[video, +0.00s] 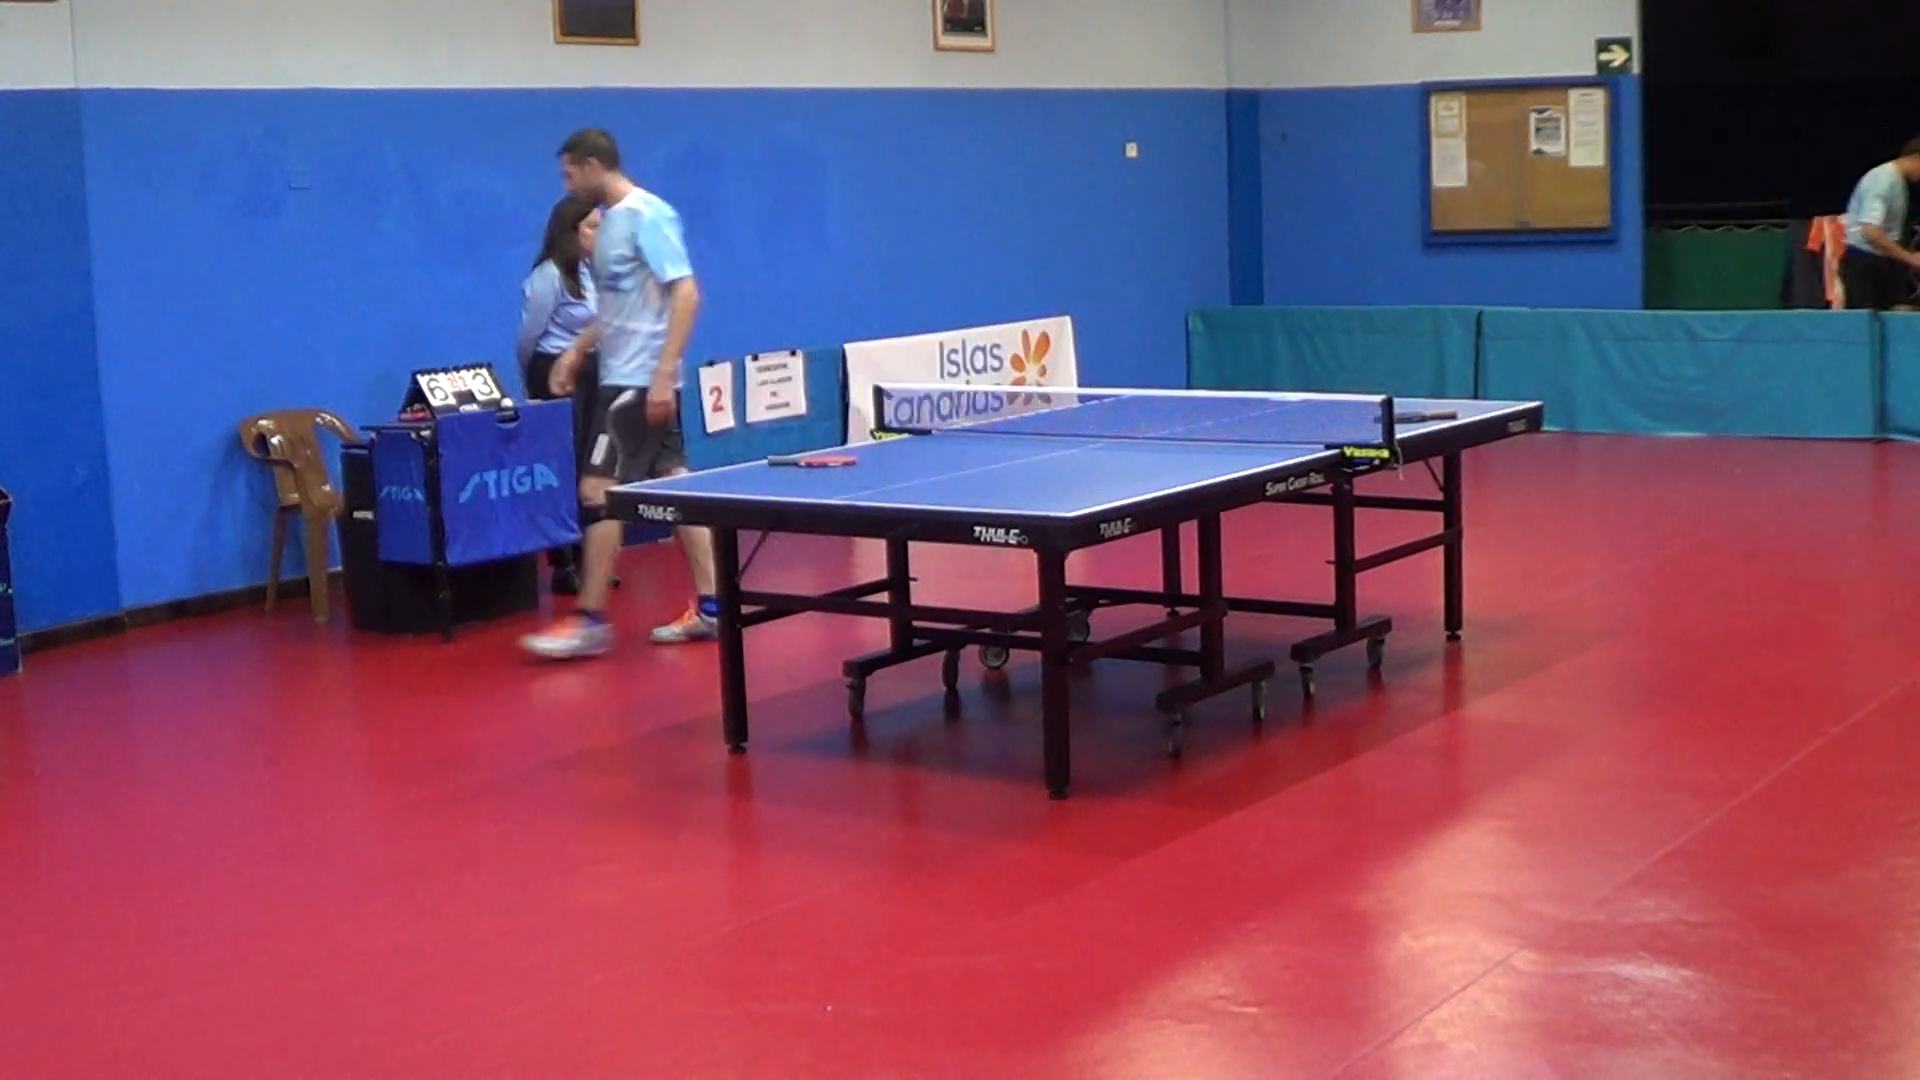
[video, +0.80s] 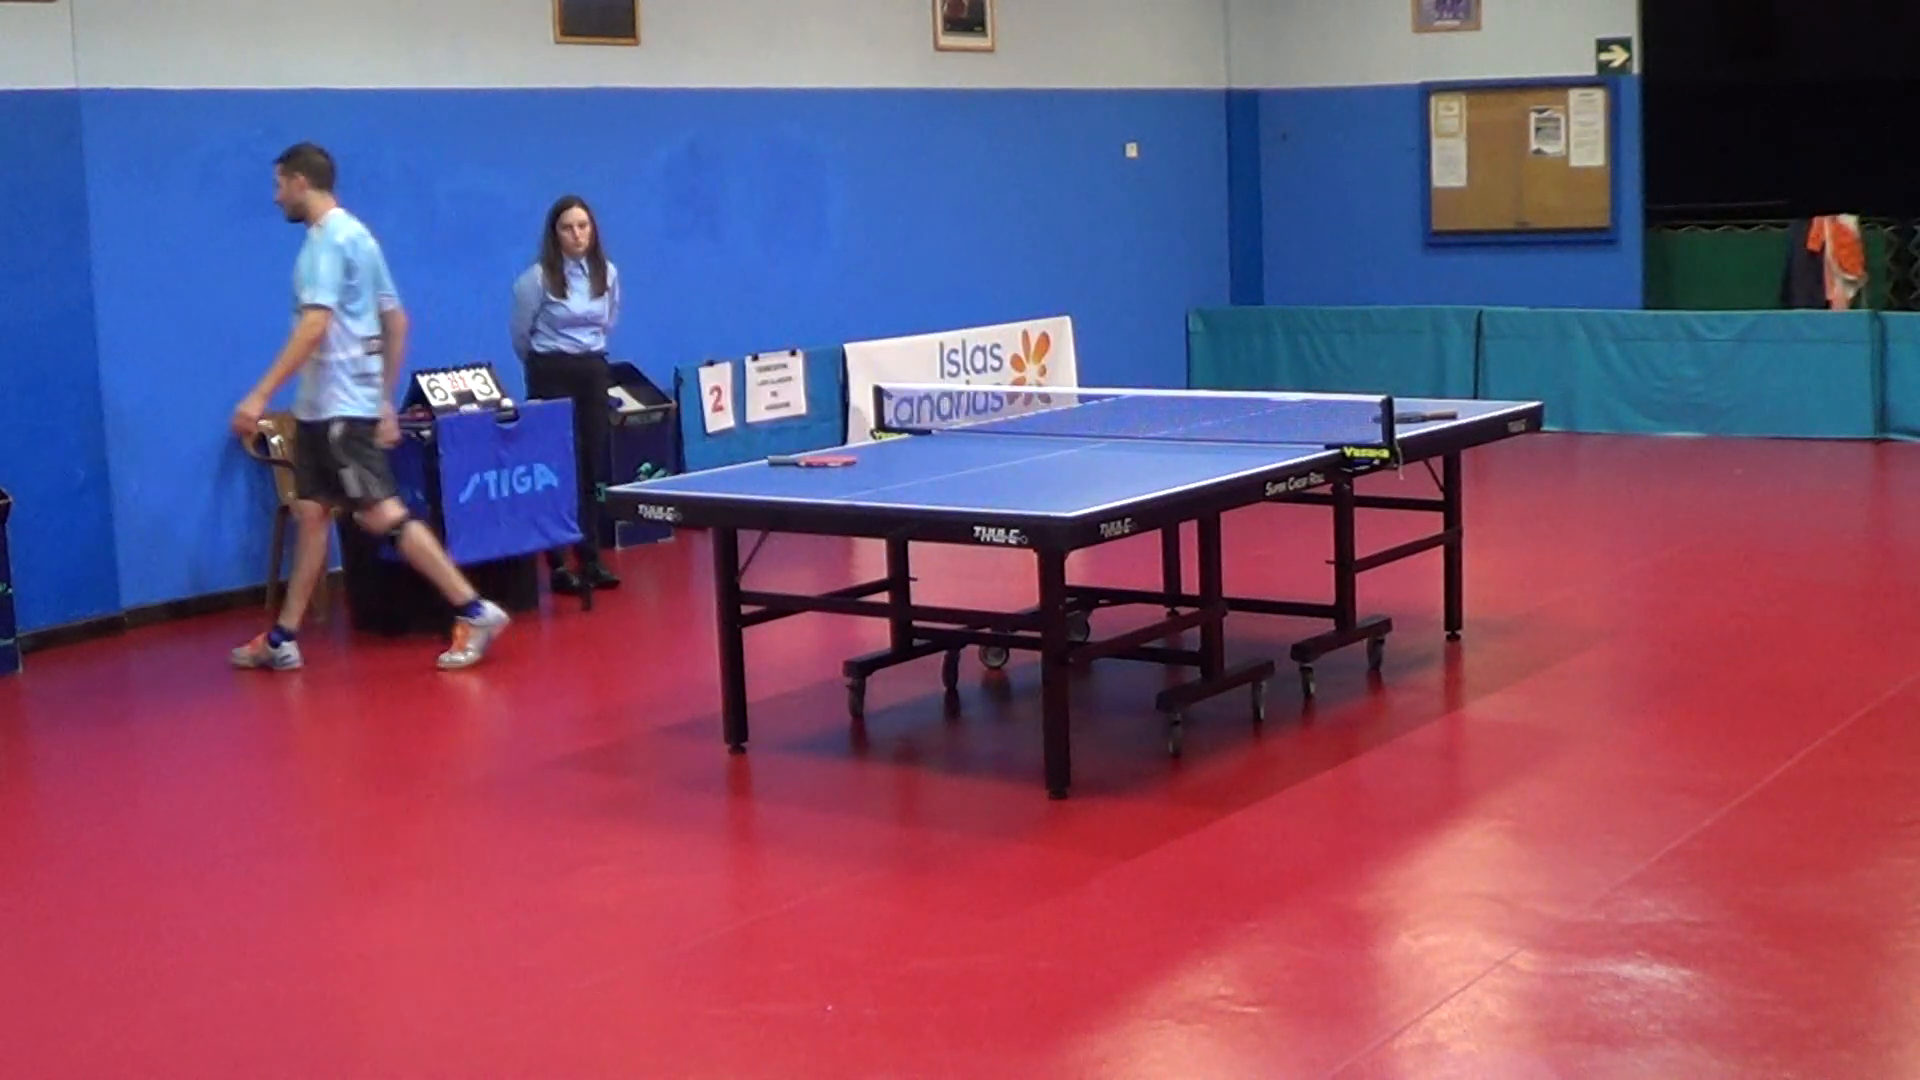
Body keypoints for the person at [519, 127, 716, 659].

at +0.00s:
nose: (568, 185)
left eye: (569, 174)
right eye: (566, 177)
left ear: (593, 166)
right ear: (593, 167)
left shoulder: (647, 214)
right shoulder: (611, 222)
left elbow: (687, 294)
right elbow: (620, 305)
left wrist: (666, 375)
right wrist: (578, 348)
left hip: (641, 381)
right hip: (627, 378)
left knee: (599, 490)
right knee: (681, 491)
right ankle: (712, 606)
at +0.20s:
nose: (492, 196)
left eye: (493, 184)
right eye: (490, 185)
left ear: (518, 177)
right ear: (519, 177)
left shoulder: (569, 225)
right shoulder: (541, 230)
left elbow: (607, 308)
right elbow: (548, 317)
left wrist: (594, 397)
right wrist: (527, 381)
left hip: (563, 396)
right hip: (549, 395)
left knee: (520, 502)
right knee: (602, 499)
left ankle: (506, 629)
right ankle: (688, 588)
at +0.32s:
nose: (447, 187)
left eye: (450, 176)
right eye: (446, 177)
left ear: (475, 170)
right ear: (477, 170)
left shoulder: (521, 222)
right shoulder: (497, 223)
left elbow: (546, 305)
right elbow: (511, 310)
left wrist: (536, 396)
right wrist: (490, 386)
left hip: (515, 390)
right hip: (497, 388)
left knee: (498, 502)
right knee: (506, 500)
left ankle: (504, 630)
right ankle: (613, 565)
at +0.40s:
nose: (419, 181)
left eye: (422, 170)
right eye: (418, 171)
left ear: (447, 167)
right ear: (450, 166)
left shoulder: (488, 220)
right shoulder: (468, 220)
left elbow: (502, 307)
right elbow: (480, 310)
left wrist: (488, 393)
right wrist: (461, 384)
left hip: (493, 388)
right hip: (465, 385)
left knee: (492, 505)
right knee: (444, 489)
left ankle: (504, 629)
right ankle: (547, 568)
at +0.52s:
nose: (376, 183)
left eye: (381, 172)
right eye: (376, 173)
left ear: (404, 171)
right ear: (415, 170)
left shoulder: (437, 224)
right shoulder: (455, 218)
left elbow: (442, 310)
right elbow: (494, 298)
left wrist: (405, 392)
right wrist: (479, 368)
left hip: (454, 393)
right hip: (431, 393)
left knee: (475, 504)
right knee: (387, 486)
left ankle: (503, 628)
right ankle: (435, 611)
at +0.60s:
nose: (348, 189)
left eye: (352, 177)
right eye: (348, 178)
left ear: (374, 175)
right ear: (385, 175)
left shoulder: (405, 229)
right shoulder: (427, 224)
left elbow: (399, 318)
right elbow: (469, 306)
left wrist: (351, 394)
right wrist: (460, 381)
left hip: (428, 399)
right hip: (398, 401)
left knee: (464, 507)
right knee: (370, 499)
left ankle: (502, 628)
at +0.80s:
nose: (275, 195)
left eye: (279, 184)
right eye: (276, 184)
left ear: (300, 183)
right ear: (315, 182)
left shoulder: (326, 239)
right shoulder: (358, 235)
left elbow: (315, 326)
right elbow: (395, 320)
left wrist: (260, 397)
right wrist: (386, 400)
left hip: (341, 410)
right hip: (330, 409)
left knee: (385, 515)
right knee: (311, 514)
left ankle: (474, 612)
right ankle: (283, 638)